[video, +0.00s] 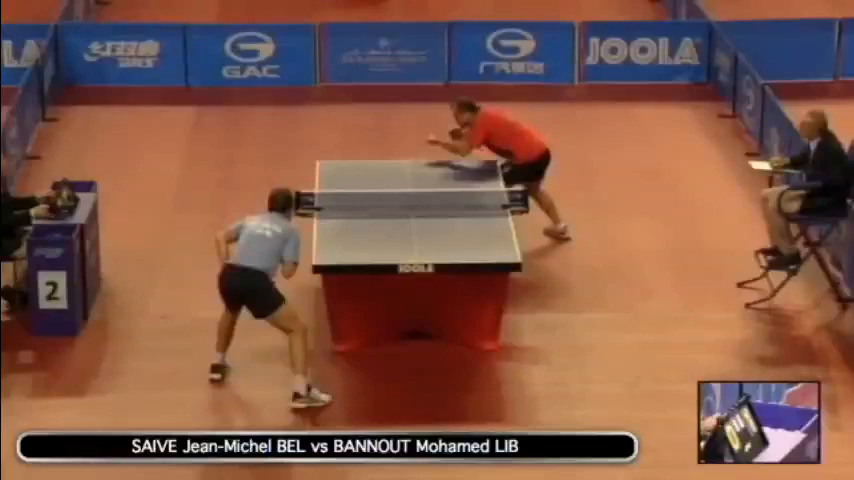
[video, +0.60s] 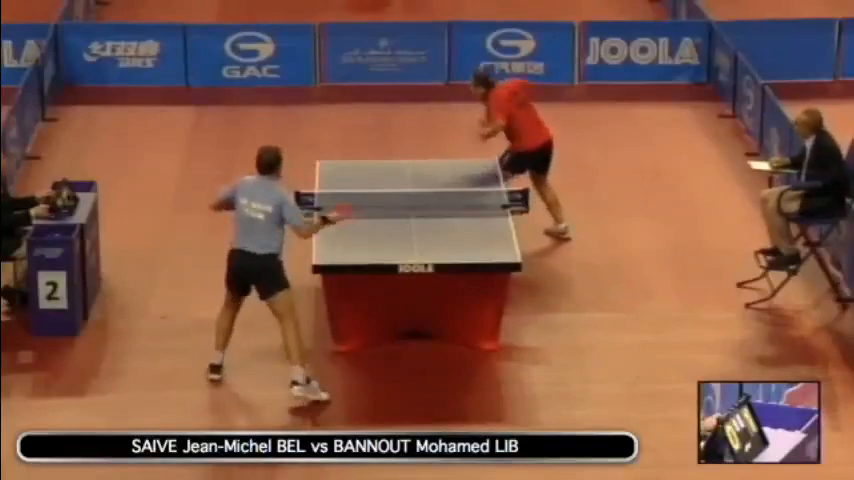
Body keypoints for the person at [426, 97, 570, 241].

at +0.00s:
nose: (458, 120)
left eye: (459, 115)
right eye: (457, 116)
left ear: (468, 113)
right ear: (472, 110)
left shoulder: (480, 123)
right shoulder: (487, 116)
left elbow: (464, 150)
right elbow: (479, 138)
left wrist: (441, 143)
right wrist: (464, 134)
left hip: (527, 162)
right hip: (540, 154)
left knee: (491, 188)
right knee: (534, 190)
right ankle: (559, 226)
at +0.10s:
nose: (462, 112)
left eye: (464, 107)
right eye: (462, 108)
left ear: (472, 107)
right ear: (479, 104)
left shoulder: (483, 117)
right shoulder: (499, 109)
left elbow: (461, 139)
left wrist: (446, 124)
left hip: (525, 162)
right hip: (542, 155)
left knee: (489, 187)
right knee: (534, 189)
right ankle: (559, 225)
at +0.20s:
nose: (471, 98)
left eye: (473, 94)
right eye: (472, 93)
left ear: (479, 94)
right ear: (491, 91)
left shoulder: (486, 108)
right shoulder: (508, 99)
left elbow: (462, 128)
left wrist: (449, 107)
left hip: (522, 160)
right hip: (542, 153)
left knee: (490, 189)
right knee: (536, 188)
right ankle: (560, 225)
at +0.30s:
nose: (476, 92)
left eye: (478, 88)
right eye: (476, 88)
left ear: (486, 88)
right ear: (496, 85)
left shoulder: (488, 105)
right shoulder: (515, 94)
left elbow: (465, 126)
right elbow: (532, 106)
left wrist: (450, 112)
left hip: (521, 159)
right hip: (542, 153)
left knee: (490, 186)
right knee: (537, 186)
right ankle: (560, 224)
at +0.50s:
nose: (476, 88)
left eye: (478, 83)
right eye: (476, 83)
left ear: (487, 84)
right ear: (497, 81)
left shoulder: (491, 102)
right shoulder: (517, 89)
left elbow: (478, 124)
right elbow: (531, 89)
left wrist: (450, 129)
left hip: (521, 155)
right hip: (543, 148)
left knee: (491, 186)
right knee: (539, 184)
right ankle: (560, 224)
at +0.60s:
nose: (474, 93)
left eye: (475, 89)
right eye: (473, 89)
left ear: (482, 88)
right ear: (490, 83)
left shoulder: (495, 98)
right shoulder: (512, 87)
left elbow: (500, 123)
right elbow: (527, 84)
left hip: (524, 149)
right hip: (544, 143)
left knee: (494, 179)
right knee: (540, 182)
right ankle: (560, 224)